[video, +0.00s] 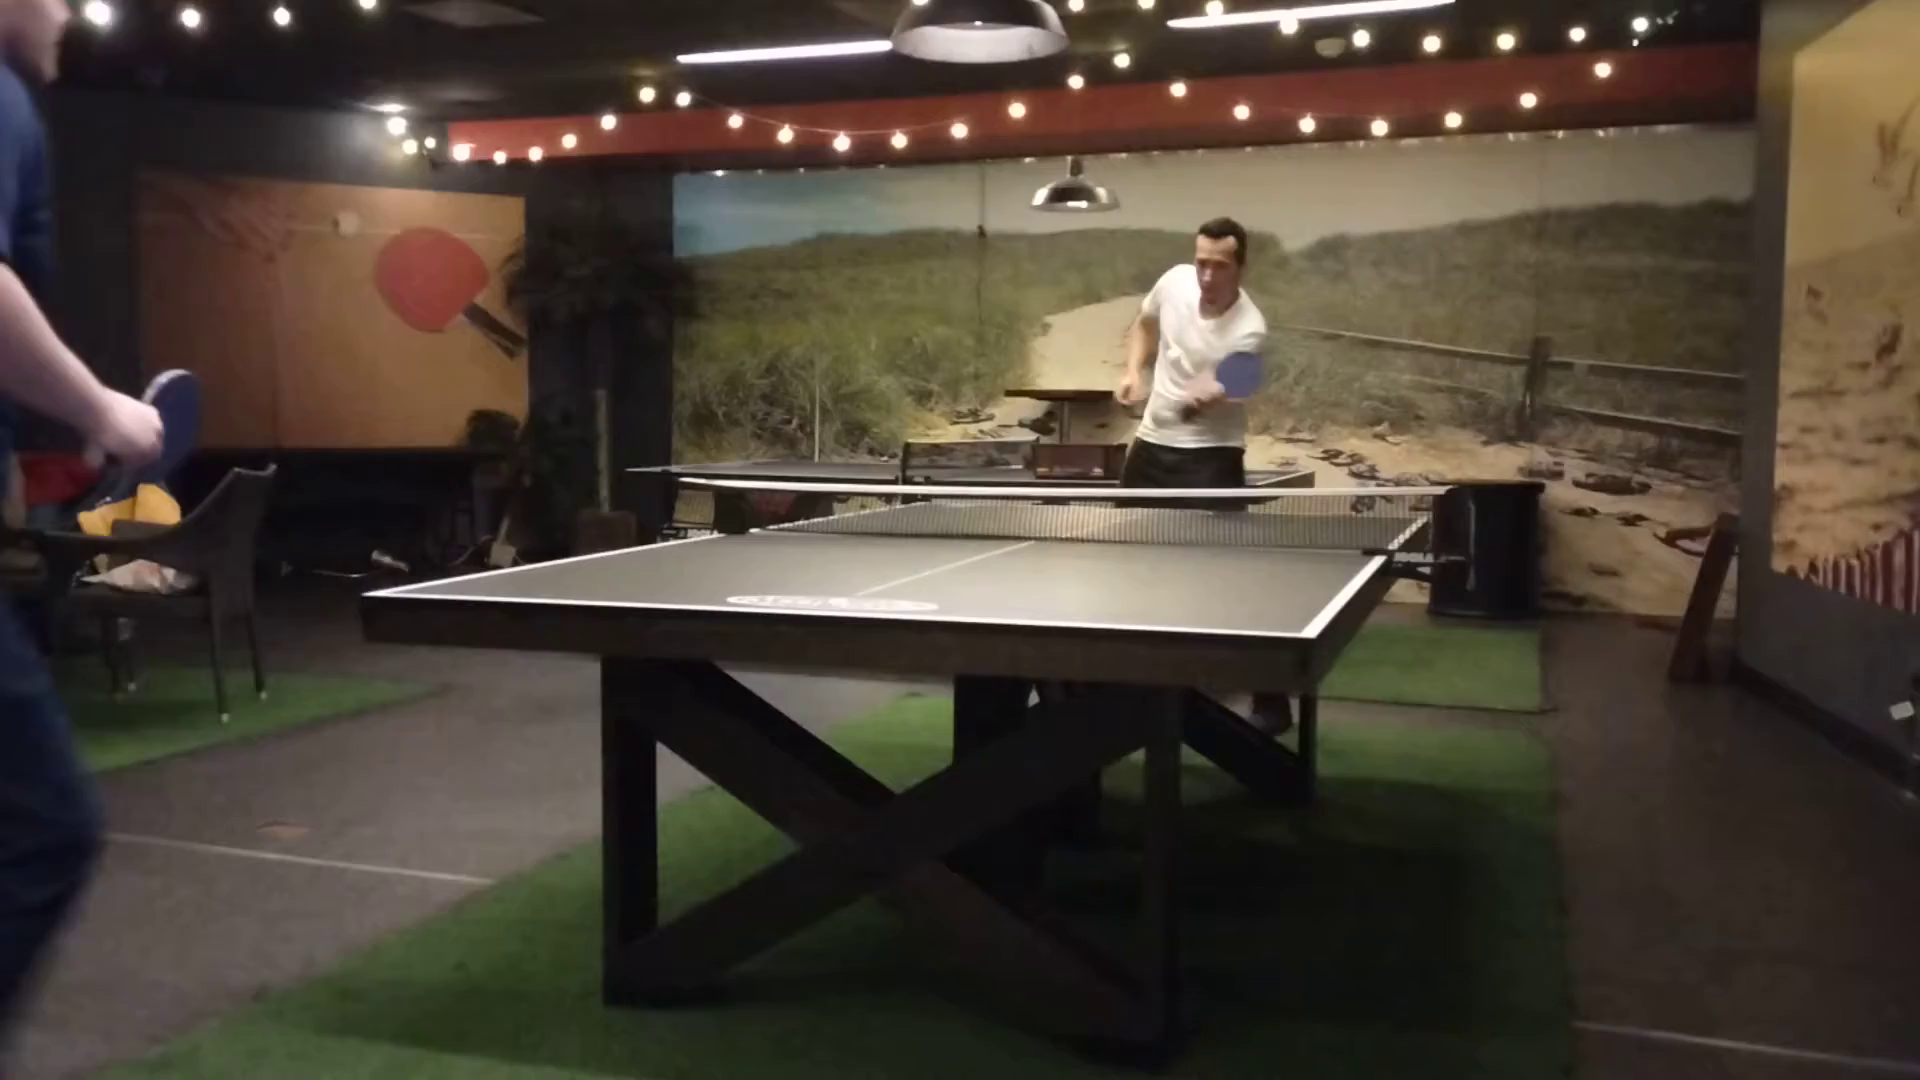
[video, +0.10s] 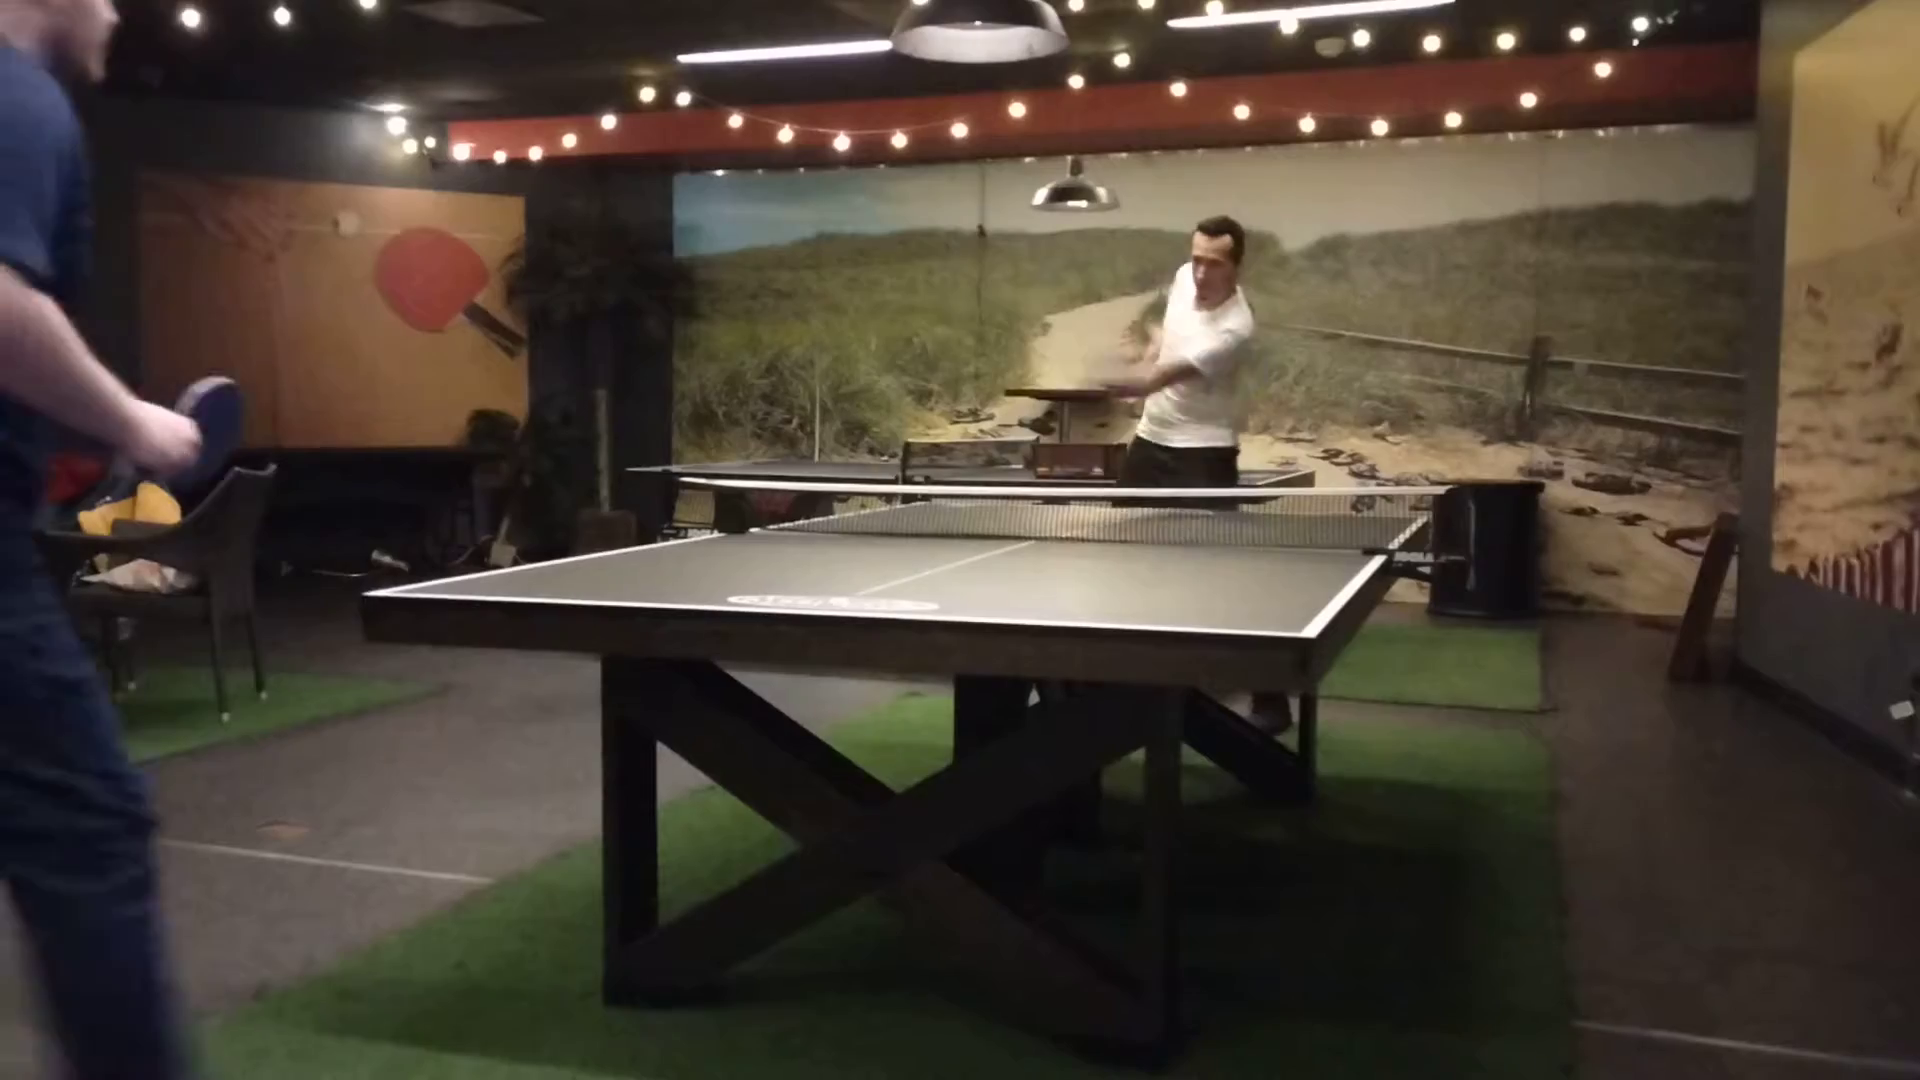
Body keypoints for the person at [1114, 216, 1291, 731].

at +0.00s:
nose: (1208, 274)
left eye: (1220, 265)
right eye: (1202, 263)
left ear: (1240, 268)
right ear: (1194, 259)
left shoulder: (1249, 327)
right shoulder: (1175, 282)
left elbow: (1235, 384)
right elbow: (1145, 324)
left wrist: (1210, 396)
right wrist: (1134, 369)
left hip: (1211, 457)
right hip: (1151, 449)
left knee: (1229, 564)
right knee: (1127, 553)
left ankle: (1266, 695)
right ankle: (1117, 675)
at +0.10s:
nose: (1202, 271)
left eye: (1214, 263)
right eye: (1197, 260)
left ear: (1236, 267)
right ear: (1191, 257)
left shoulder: (1236, 327)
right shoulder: (1184, 279)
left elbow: (1169, 374)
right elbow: (1171, 329)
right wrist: (1148, 358)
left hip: (1205, 456)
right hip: (1149, 446)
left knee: (1221, 565)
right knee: (1129, 556)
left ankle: (1266, 694)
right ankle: (1123, 675)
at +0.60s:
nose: (1147, 239)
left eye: (1157, 229)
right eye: (1142, 231)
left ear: (1183, 233)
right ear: (1141, 237)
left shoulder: (1195, 283)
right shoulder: (1160, 290)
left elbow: (1192, 362)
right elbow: (1171, 363)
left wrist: (1131, 389)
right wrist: (1140, 396)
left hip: (1203, 448)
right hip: (1161, 445)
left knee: (1224, 566)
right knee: (1140, 562)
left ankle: (1267, 695)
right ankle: (1143, 683)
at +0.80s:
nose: (1167, 249)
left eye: (1176, 237)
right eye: (1156, 238)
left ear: (1193, 241)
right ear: (1141, 246)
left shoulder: (1222, 293)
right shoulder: (1150, 304)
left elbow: (1248, 370)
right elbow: (1139, 382)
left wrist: (1211, 436)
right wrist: (1123, 442)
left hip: (1213, 458)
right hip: (1158, 457)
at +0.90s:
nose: (1259, 257)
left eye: (1269, 244)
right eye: (1248, 249)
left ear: (1292, 245)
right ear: (1237, 257)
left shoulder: (1324, 299)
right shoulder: (1241, 316)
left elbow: (1338, 386)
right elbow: (1227, 403)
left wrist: (1334, 459)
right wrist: (1201, 466)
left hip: (1310, 468)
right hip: (1251, 470)